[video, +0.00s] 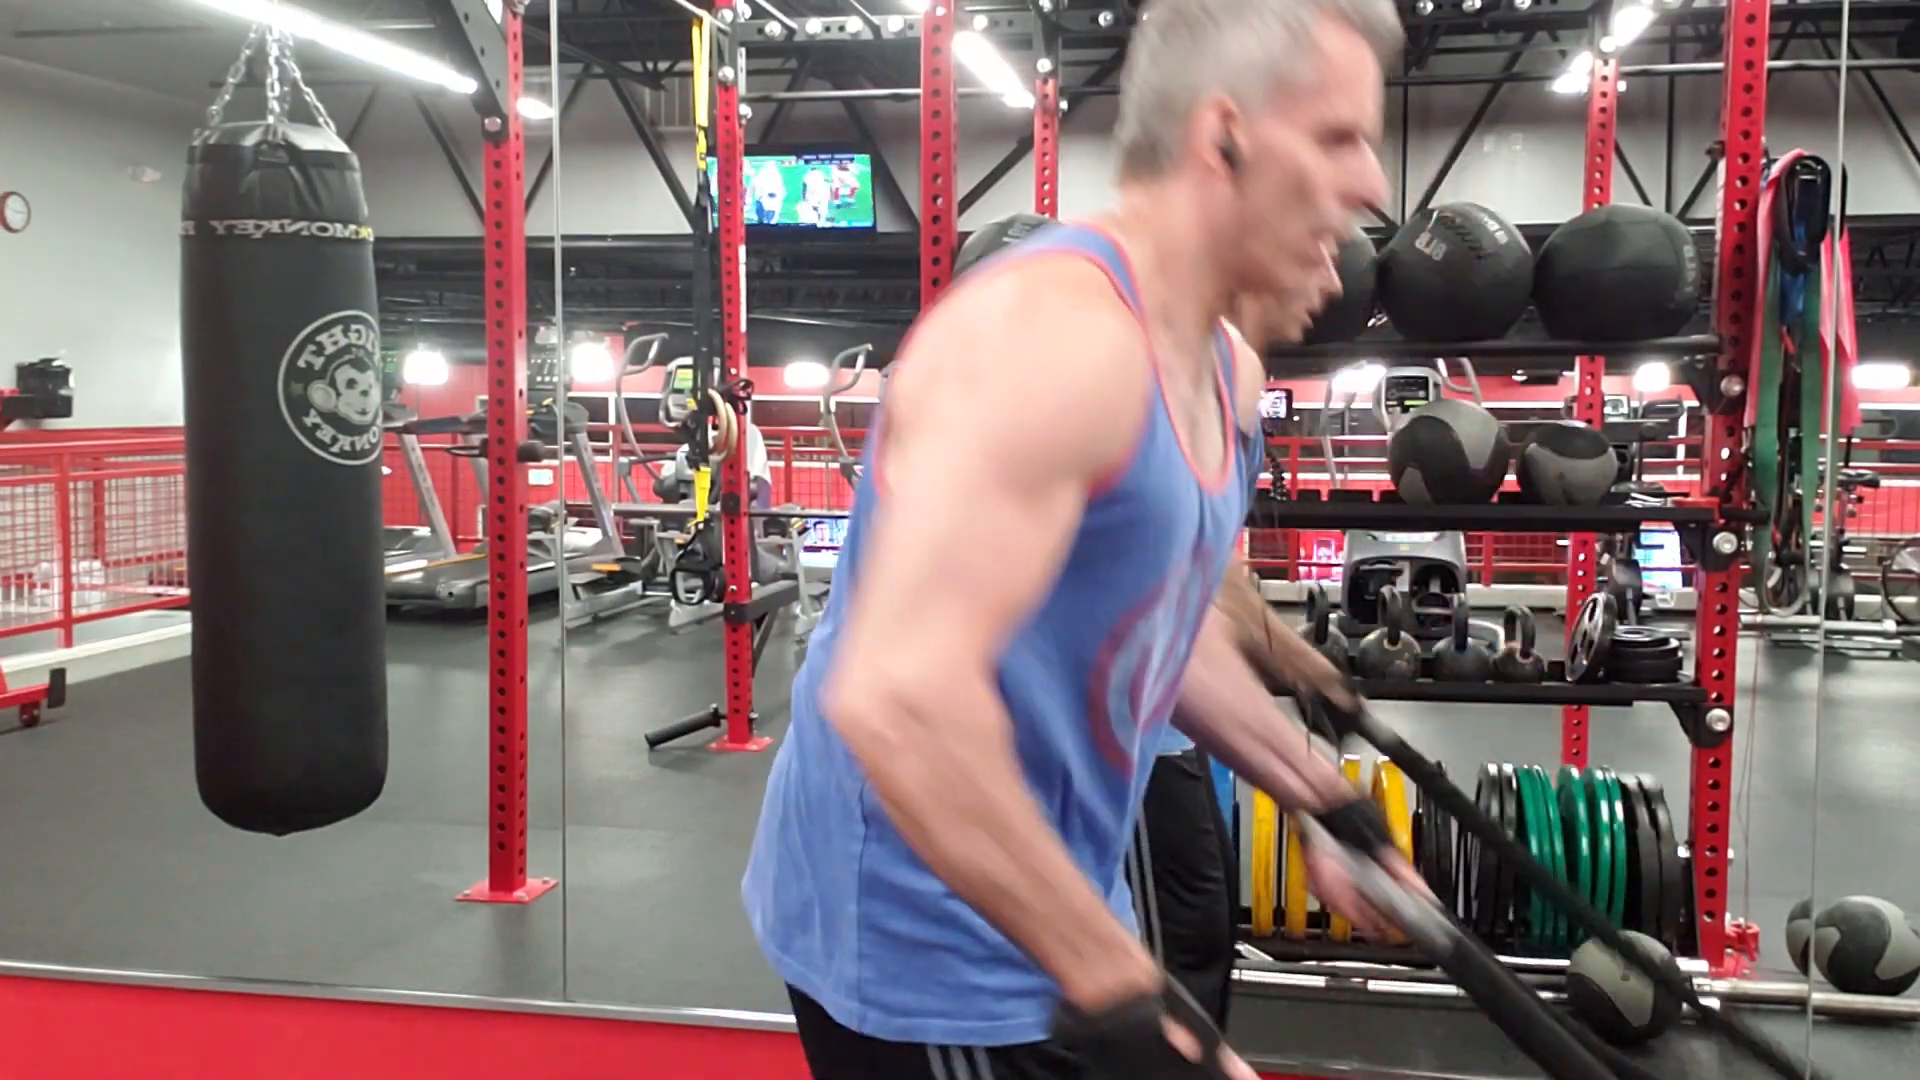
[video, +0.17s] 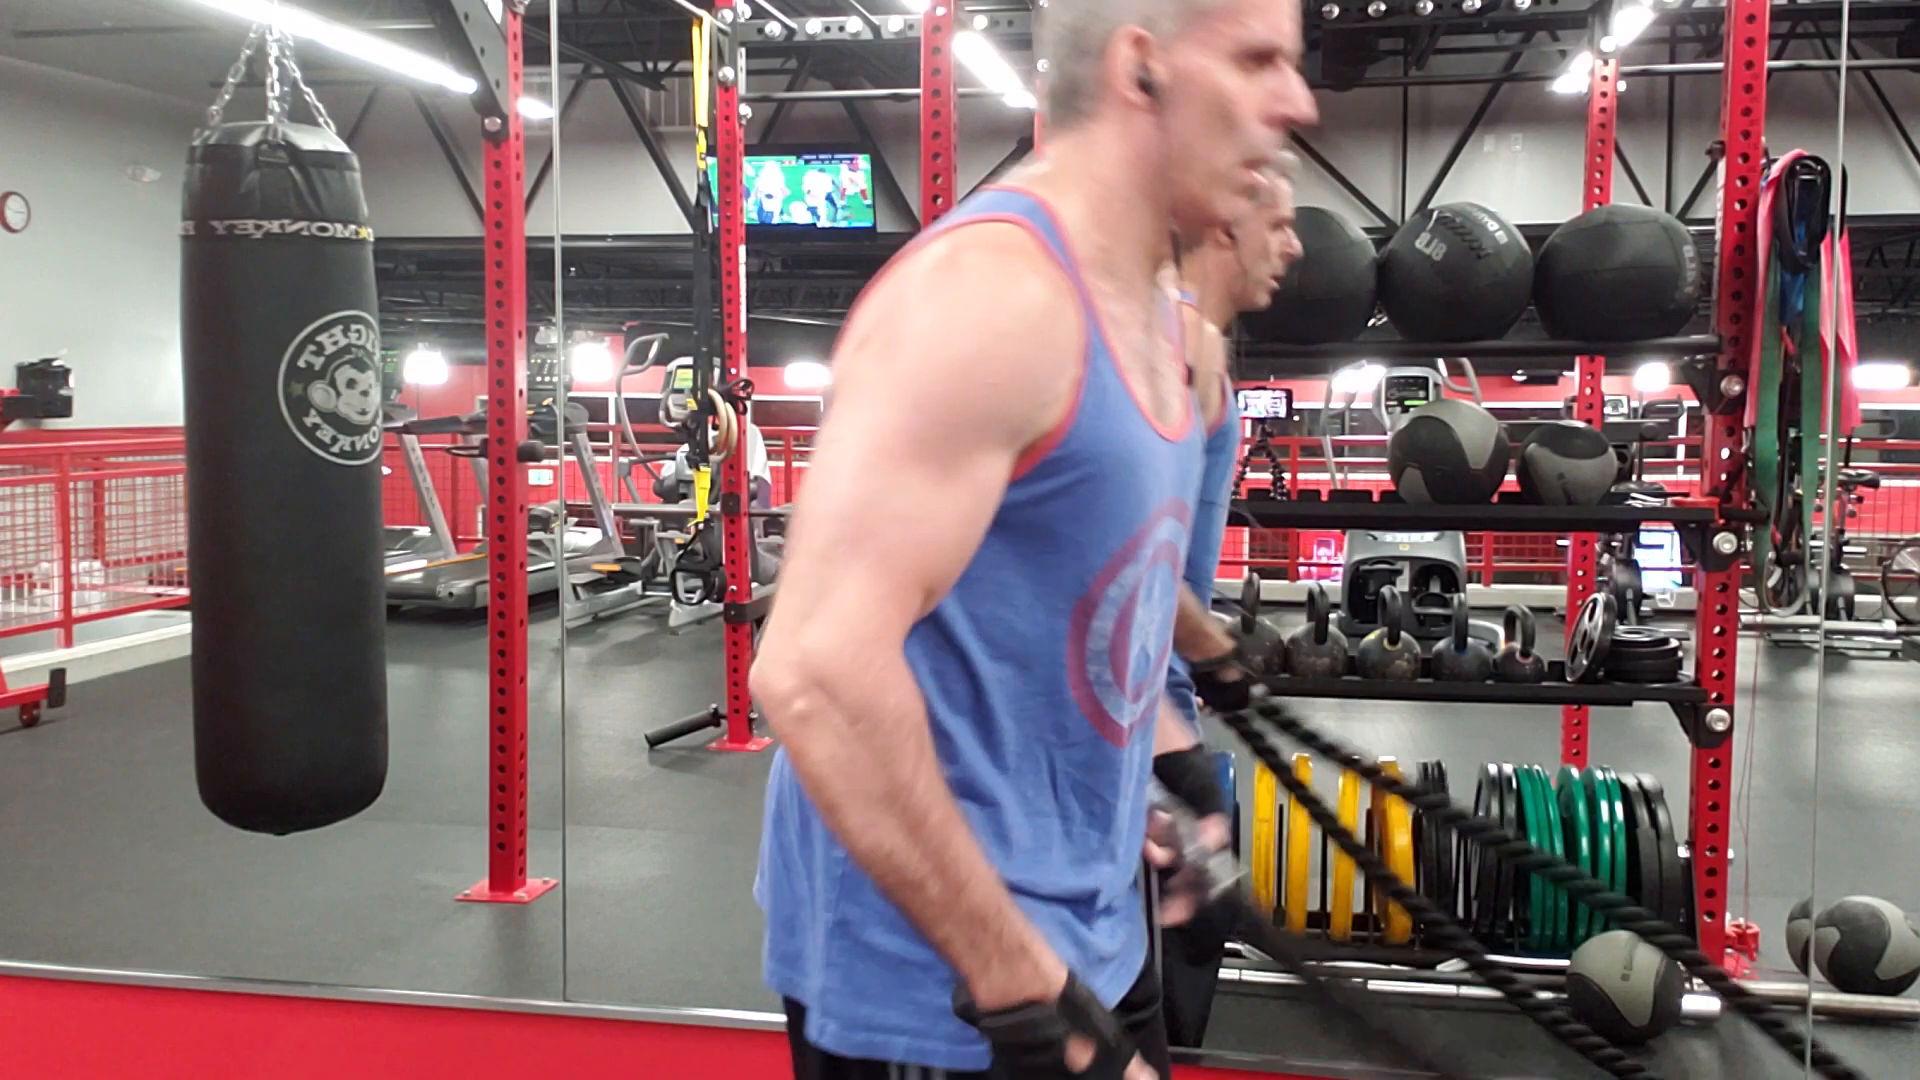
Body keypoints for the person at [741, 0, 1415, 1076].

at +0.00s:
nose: (1372, 190)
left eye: (1369, 146)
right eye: (1341, 139)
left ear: (1227, 145)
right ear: (1222, 137)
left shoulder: (1225, 366)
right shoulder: (1048, 330)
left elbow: (1162, 630)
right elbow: (898, 691)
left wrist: (1322, 792)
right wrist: (1127, 999)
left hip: (1077, 902)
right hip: (925, 937)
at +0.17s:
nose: (1302, 107)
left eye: (1293, 66)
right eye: (1261, 60)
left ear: (1150, 70)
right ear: (1138, 65)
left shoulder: (1160, 312)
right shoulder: (984, 294)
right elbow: (816, 669)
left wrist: (1154, 791)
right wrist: (1016, 984)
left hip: (1093, 963)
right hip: (935, 1004)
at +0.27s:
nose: (1249, 85)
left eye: (1245, 45)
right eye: (1206, 38)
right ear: (1085, 47)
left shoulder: (1097, 295)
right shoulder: (939, 294)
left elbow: (1034, 632)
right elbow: (816, 692)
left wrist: (1122, 811)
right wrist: (1035, 1007)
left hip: (1059, 966)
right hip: (913, 1007)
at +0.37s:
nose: (1198, 75)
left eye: (1196, 40)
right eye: (1156, 31)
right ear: (1035, 42)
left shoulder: (1058, 293)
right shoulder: (897, 293)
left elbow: (1041, 615)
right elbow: (823, 714)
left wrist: (1176, 792)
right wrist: (1062, 1006)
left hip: (1031, 944)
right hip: (885, 991)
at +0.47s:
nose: (1150, 67)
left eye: (1143, 28)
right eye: (1107, 21)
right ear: (984, 27)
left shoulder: (1020, 284)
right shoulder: (856, 278)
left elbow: (1004, 603)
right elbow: (766, 683)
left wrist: (1150, 771)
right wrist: (1063, 956)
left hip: (970, 968)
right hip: (862, 995)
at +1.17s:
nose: (898, 79)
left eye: (896, 45)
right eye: (857, 37)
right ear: (747, 46)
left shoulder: (817, 274)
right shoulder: (641, 249)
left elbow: (736, 571)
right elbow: (459, 576)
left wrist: (865, 709)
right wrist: (707, 827)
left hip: (790, 916)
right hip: (659, 953)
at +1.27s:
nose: (865, 79)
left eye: (861, 43)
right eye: (823, 37)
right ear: (713, 46)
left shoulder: (789, 282)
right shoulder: (605, 254)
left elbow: (732, 578)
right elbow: (448, 586)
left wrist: (851, 721)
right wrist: (668, 855)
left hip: (753, 926)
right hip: (628, 954)